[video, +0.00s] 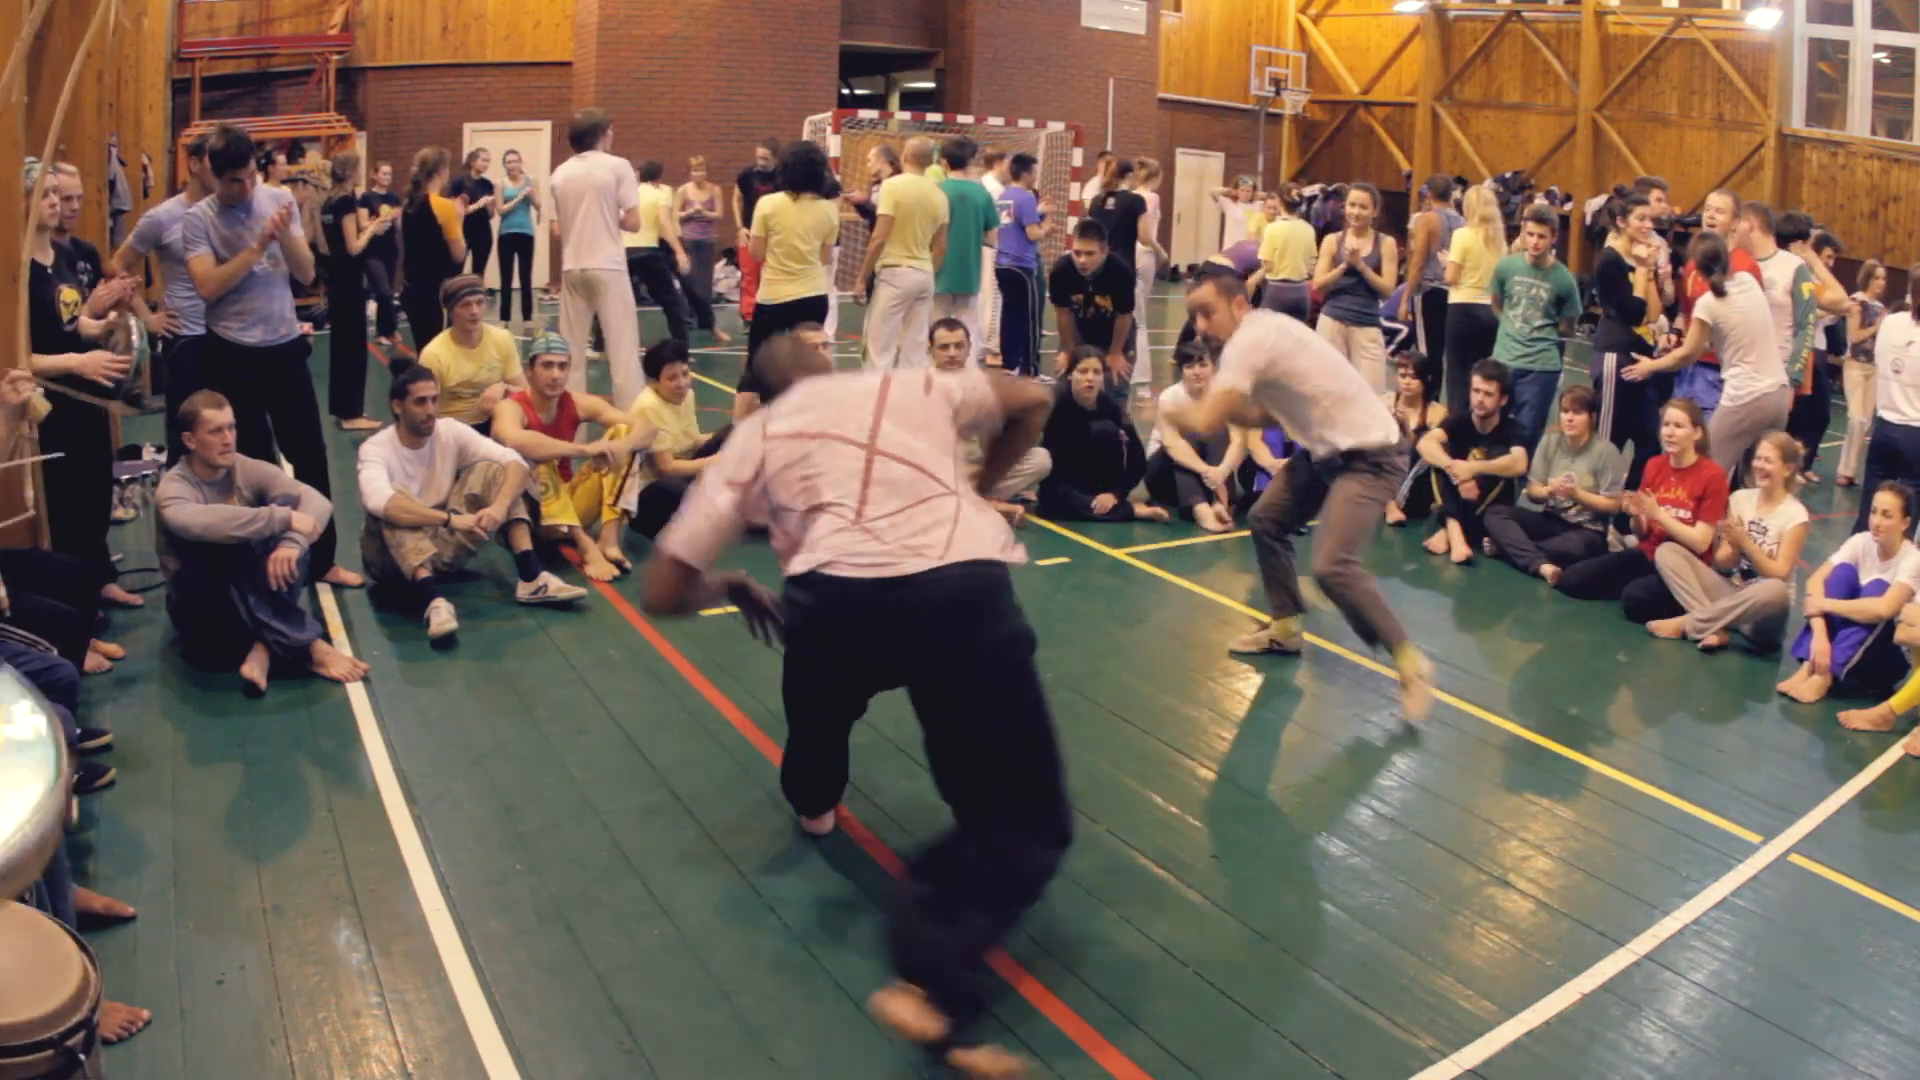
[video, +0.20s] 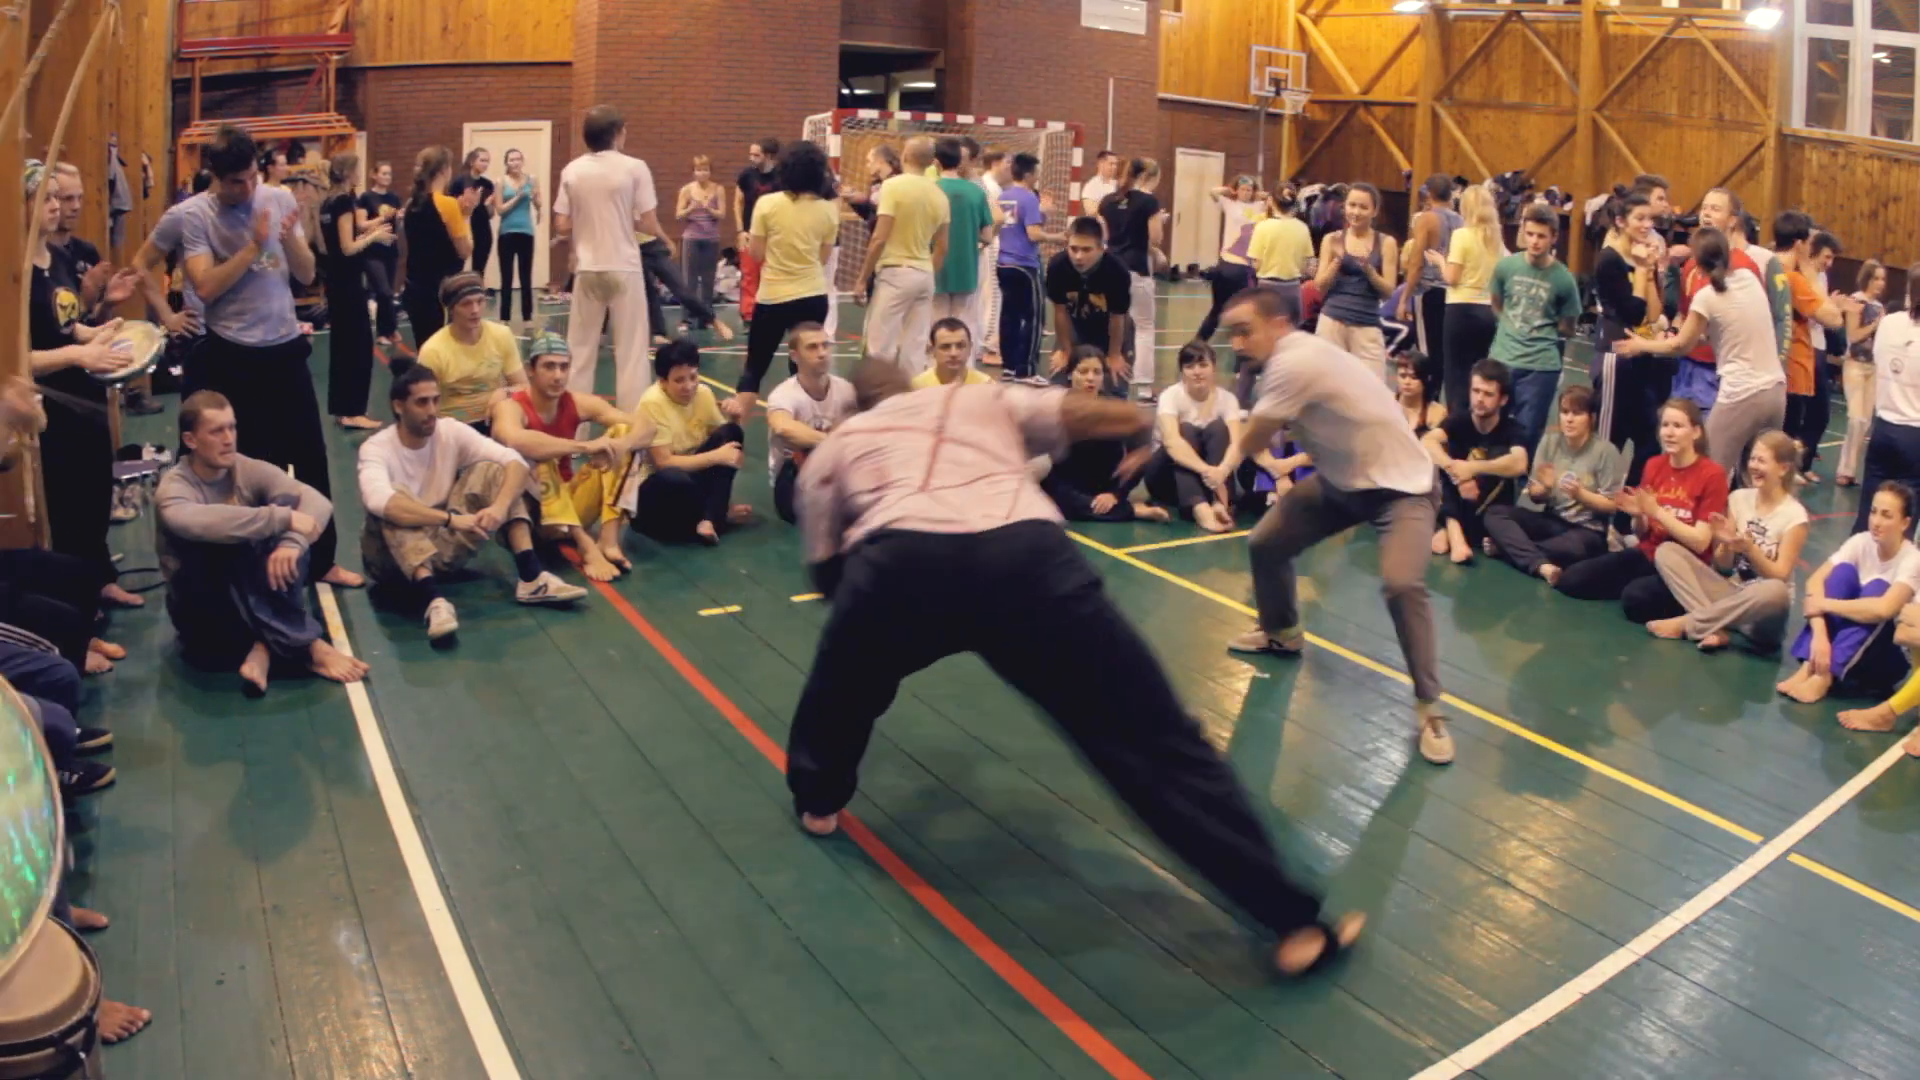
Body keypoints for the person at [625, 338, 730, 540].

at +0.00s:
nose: (681, 383)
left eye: (684, 374)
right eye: (672, 378)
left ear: (689, 373)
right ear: (654, 382)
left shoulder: (687, 395)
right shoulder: (647, 407)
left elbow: (693, 442)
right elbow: (665, 467)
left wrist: (724, 438)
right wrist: (716, 462)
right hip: (651, 485)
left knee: (732, 434)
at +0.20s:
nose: (688, 386)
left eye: (693, 378)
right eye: (679, 380)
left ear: (698, 374)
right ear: (662, 382)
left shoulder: (703, 393)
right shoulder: (651, 404)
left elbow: (720, 436)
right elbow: (662, 461)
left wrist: (733, 419)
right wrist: (716, 457)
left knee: (730, 433)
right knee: (673, 478)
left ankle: (709, 518)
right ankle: (721, 512)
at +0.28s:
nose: (688, 385)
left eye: (693, 376)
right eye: (679, 378)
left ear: (699, 373)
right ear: (663, 380)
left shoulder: (708, 392)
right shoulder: (652, 402)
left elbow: (723, 426)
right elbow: (663, 460)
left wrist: (734, 415)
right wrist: (717, 457)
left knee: (736, 436)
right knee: (669, 473)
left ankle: (707, 519)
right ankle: (719, 518)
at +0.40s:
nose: (688, 381)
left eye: (692, 372)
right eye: (679, 374)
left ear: (697, 371)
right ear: (661, 379)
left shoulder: (709, 394)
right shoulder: (650, 406)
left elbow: (722, 435)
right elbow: (666, 462)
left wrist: (737, 420)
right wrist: (720, 462)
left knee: (743, 439)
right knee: (663, 471)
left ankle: (706, 521)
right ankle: (719, 515)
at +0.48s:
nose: (688, 380)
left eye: (692, 372)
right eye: (679, 374)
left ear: (698, 371)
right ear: (660, 378)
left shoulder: (708, 394)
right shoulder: (649, 407)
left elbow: (718, 442)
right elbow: (666, 465)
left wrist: (734, 421)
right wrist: (721, 463)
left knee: (744, 440)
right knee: (663, 473)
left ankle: (706, 520)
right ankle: (718, 514)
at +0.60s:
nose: (689, 379)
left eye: (693, 371)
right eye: (680, 372)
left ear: (698, 372)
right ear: (660, 376)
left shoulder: (702, 393)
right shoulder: (648, 407)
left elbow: (712, 442)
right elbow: (666, 466)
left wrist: (727, 423)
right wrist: (720, 464)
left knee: (740, 440)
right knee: (663, 475)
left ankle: (706, 520)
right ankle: (718, 515)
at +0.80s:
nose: (685, 379)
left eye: (689, 372)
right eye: (677, 371)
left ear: (693, 373)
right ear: (656, 374)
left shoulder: (689, 393)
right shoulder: (642, 407)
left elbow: (702, 439)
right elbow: (662, 468)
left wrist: (718, 418)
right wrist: (716, 484)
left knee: (732, 436)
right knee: (668, 479)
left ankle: (710, 519)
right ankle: (720, 514)